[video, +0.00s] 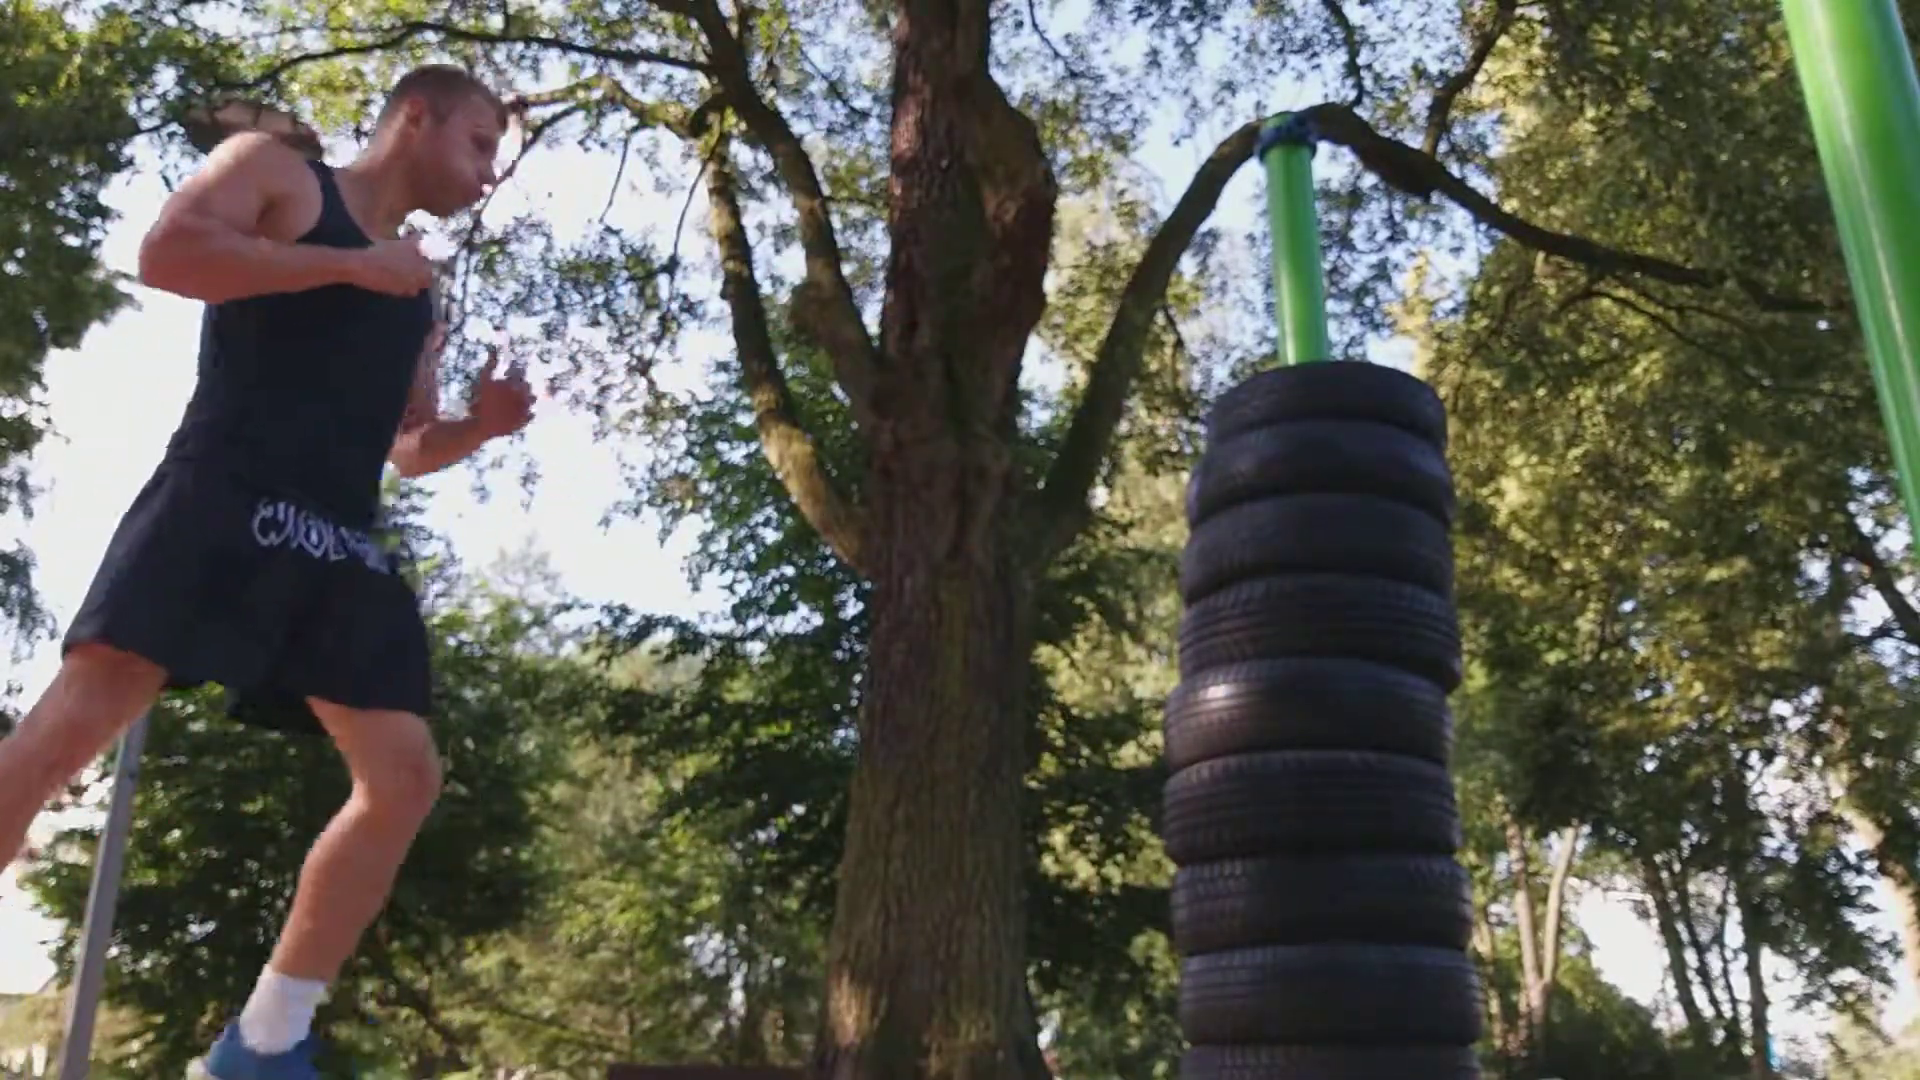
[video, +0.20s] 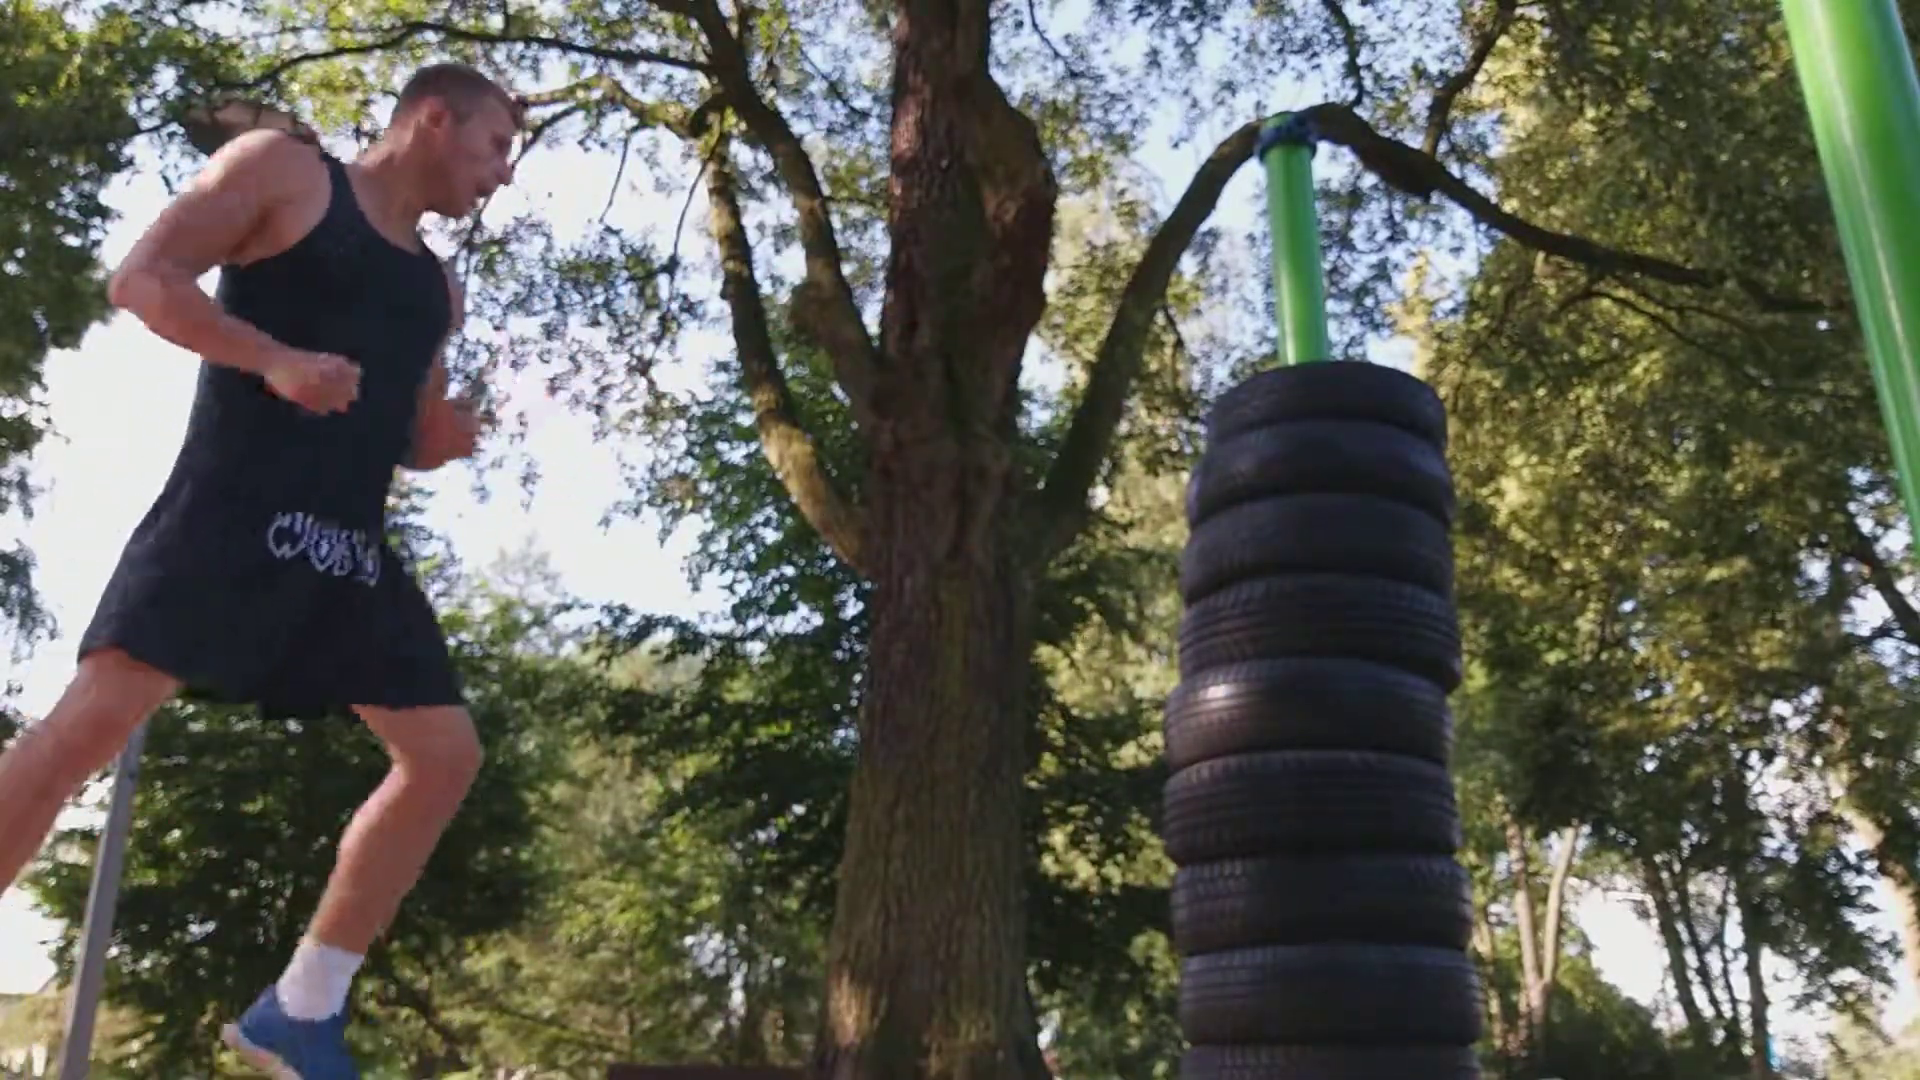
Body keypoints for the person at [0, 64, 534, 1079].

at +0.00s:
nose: (490, 170)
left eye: (497, 155)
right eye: (481, 142)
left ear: (427, 133)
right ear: (416, 118)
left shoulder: (418, 288)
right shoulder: (279, 162)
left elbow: (409, 448)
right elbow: (167, 255)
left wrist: (479, 424)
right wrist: (352, 263)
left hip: (339, 549)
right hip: (213, 511)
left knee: (401, 784)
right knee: (63, 736)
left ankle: (263, 1041)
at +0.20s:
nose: (502, 176)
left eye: (509, 160)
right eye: (498, 149)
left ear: (448, 136)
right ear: (432, 118)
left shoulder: (435, 284)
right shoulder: (285, 165)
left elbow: (409, 434)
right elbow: (141, 278)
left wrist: (446, 434)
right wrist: (272, 358)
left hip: (350, 552)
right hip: (224, 522)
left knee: (444, 756)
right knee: (79, 734)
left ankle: (302, 1008)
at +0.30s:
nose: (534, 177)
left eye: (540, 159)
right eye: (529, 149)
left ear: (483, 137)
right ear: (468, 122)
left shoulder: (474, 284)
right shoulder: (316, 175)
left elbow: (490, 438)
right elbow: (165, 289)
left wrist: (518, 434)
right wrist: (189, 431)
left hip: (379, 547)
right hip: (266, 511)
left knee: (457, 761)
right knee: (148, 729)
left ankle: (365, 1028)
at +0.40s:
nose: (557, 228)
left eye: (559, 207)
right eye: (550, 201)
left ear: (492, 191)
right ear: (496, 182)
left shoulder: (498, 339)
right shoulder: (353, 239)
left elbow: (590, 451)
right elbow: (188, 344)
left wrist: (663, 385)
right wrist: (149, 497)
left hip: (403, 598)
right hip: (305, 563)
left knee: (476, 809)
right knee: (179, 769)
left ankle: (442, 1060)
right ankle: (5, 994)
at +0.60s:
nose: (587, 268)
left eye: (584, 258)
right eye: (579, 251)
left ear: (478, 250)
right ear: (549, 238)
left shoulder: (439, 347)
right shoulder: (531, 244)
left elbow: (410, 505)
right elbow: (546, 288)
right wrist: (684, 377)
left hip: (438, 593)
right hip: (528, 582)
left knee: (490, 844)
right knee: (645, 834)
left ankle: (436, 1068)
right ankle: (386, 913)